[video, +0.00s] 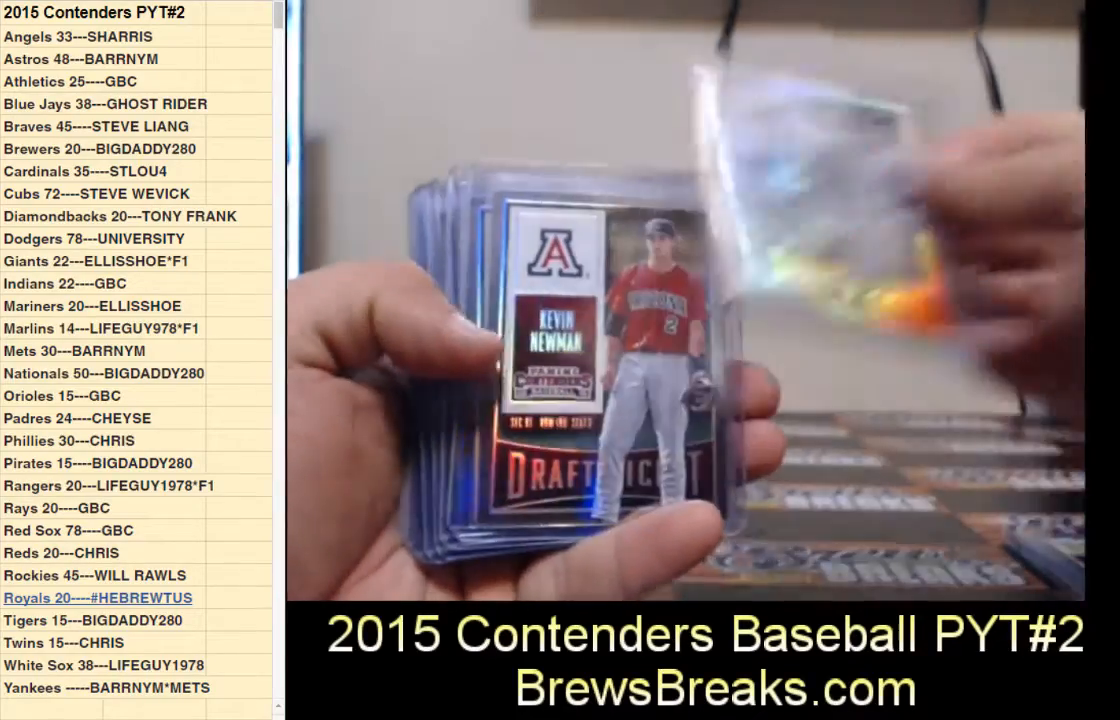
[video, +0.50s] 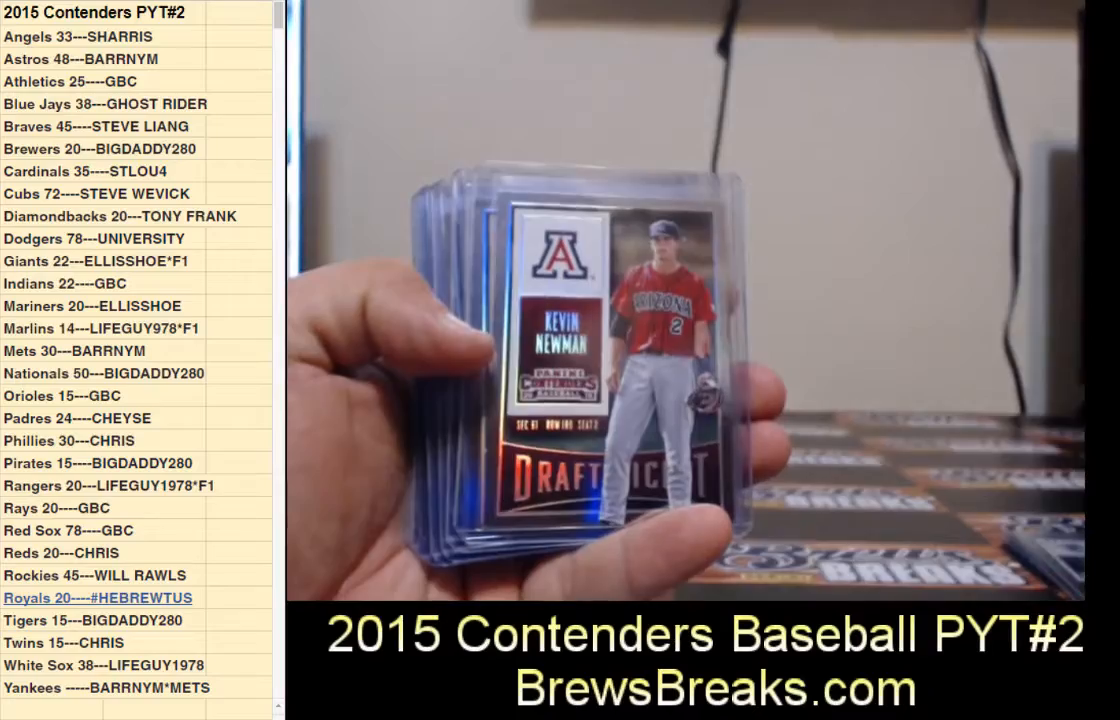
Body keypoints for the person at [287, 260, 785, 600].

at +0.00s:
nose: (663, 246)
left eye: (671, 238)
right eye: (656, 238)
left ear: (681, 244)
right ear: (646, 241)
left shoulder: (691, 285)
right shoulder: (630, 279)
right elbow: (616, 326)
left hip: (668, 369)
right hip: (631, 367)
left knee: (670, 440)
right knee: (622, 439)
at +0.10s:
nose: (662, 247)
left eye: (669, 241)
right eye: (655, 241)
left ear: (679, 246)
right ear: (645, 243)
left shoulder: (694, 285)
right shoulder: (631, 278)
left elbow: (699, 329)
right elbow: (616, 324)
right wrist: (612, 366)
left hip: (672, 368)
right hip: (632, 366)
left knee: (670, 438)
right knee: (621, 438)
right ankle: (618, 471)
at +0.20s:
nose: (664, 252)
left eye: (670, 245)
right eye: (658, 244)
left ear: (681, 248)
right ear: (650, 247)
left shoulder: (696, 287)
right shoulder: (637, 280)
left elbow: (700, 329)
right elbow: (621, 325)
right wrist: (613, 374)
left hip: (672, 368)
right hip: (638, 364)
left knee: (674, 439)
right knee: (628, 440)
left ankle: (677, 473)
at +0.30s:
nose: (665, 252)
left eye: (671, 245)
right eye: (659, 245)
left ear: (682, 248)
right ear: (649, 247)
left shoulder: (695, 287)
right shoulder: (635, 281)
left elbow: (699, 330)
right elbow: (620, 325)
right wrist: (613, 372)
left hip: (674, 368)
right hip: (637, 366)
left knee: (675, 438)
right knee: (628, 439)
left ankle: (678, 474)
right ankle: (626, 474)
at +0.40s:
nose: (663, 252)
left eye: (670, 245)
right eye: (658, 245)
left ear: (681, 247)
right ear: (650, 246)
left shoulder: (695, 286)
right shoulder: (636, 280)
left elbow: (699, 329)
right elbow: (620, 324)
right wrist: (614, 373)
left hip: (673, 367)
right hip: (638, 365)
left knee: (675, 437)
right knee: (629, 439)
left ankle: (678, 473)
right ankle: (628, 473)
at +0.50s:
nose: (664, 252)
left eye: (671, 245)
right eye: (658, 245)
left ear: (683, 249)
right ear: (648, 247)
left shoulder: (696, 287)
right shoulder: (636, 281)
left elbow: (701, 329)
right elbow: (620, 325)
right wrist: (612, 373)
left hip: (676, 367)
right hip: (637, 365)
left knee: (675, 436)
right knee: (628, 438)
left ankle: (678, 470)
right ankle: (628, 472)